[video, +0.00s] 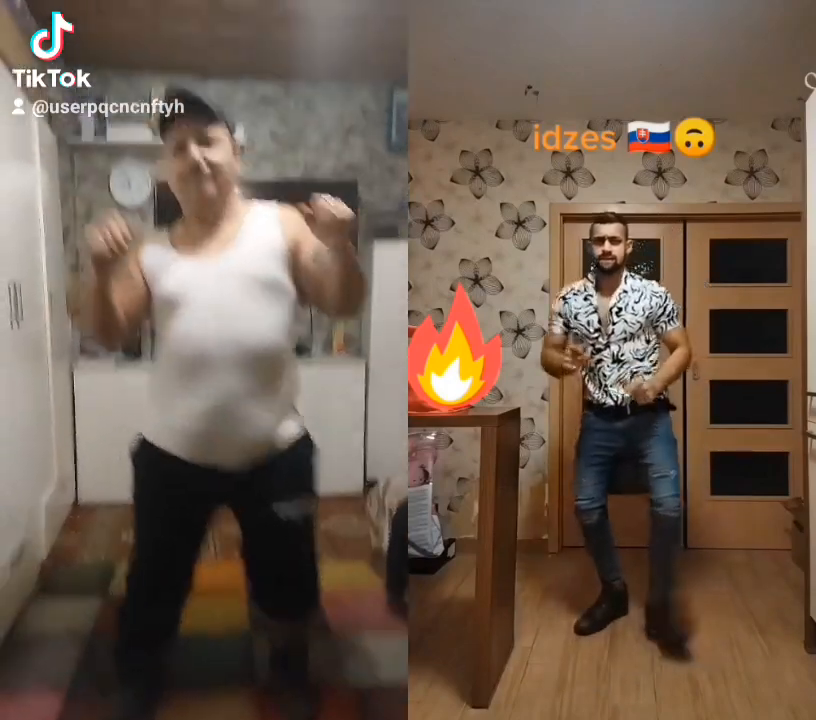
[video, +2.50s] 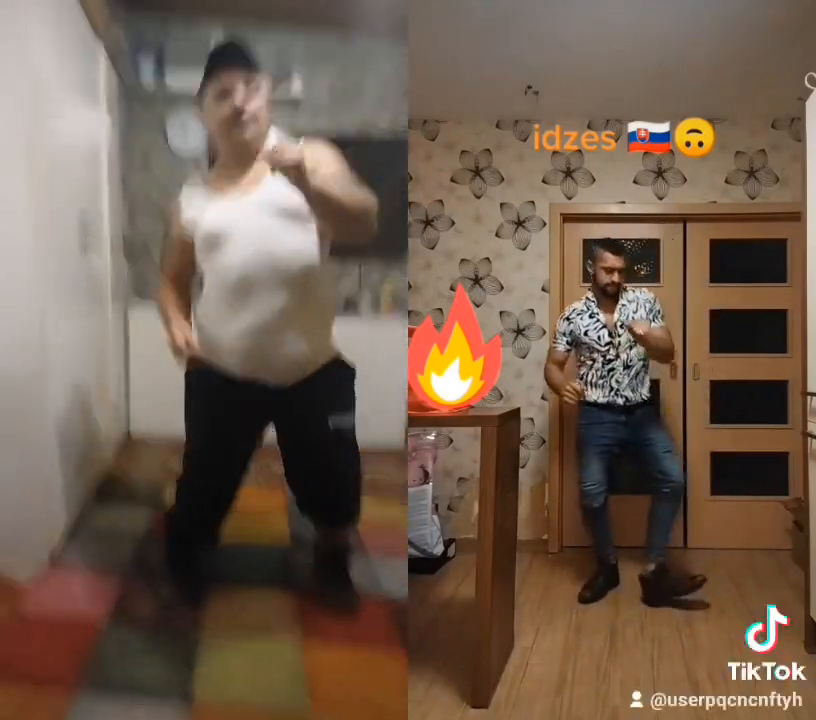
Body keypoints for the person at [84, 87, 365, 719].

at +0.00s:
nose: (198, 158)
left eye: (208, 141)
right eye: (181, 149)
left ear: (236, 149)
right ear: (166, 171)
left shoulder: (282, 224)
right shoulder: (153, 251)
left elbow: (343, 302)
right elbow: (107, 332)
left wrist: (341, 246)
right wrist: (99, 270)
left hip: (273, 452)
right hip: (173, 455)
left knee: (290, 600)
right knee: (152, 601)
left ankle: (293, 700)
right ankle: (135, 702)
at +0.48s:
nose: (252, 265)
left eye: (267, 256)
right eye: (236, 253)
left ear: (281, 277)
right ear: (207, 271)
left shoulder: (304, 357)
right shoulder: (158, 345)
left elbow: (347, 453)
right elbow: (81, 416)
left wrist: (335, 348)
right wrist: (72, 356)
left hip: (271, 615)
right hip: (147, 613)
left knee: (297, 713)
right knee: (124, 711)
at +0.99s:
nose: (172, 180)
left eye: (184, 172)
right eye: (148, 168)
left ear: (201, 204)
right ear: (108, 202)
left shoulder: (245, 296)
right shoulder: (71, 292)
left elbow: (289, 395)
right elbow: (22, 413)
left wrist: (333, 357)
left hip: (264, 609)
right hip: (119, 620)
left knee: (304, 706)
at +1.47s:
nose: (162, 76)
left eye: (177, 60)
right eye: (138, 64)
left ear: (204, 86)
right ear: (107, 102)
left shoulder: (262, 159)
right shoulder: (90, 226)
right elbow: (68, 344)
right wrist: (54, 433)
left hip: (306, 483)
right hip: (163, 502)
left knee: (370, 697)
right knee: (173, 707)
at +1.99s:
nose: (120, 30)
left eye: (133, 16)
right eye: (100, 21)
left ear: (158, 36)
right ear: (78, 48)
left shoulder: (212, 107)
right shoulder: (72, 154)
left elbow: (281, 194)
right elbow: (27, 250)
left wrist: (250, 266)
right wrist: (33, 159)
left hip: (236, 362)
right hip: (132, 377)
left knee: (289, 504)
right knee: (141, 534)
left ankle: (337, 617)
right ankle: (146, 659)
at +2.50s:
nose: (239, 103)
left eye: (250, 89)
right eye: (223, 94)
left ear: (270, 97)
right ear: (203, 112)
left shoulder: (311, 158)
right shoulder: (193, 201)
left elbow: (366, 220)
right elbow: (173, 279)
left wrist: (308, 177)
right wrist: (178, 326)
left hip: (312, 377)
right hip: (222, 378)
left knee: (335, 497)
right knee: (202, 498)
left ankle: (332, 567)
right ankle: (182, 585)